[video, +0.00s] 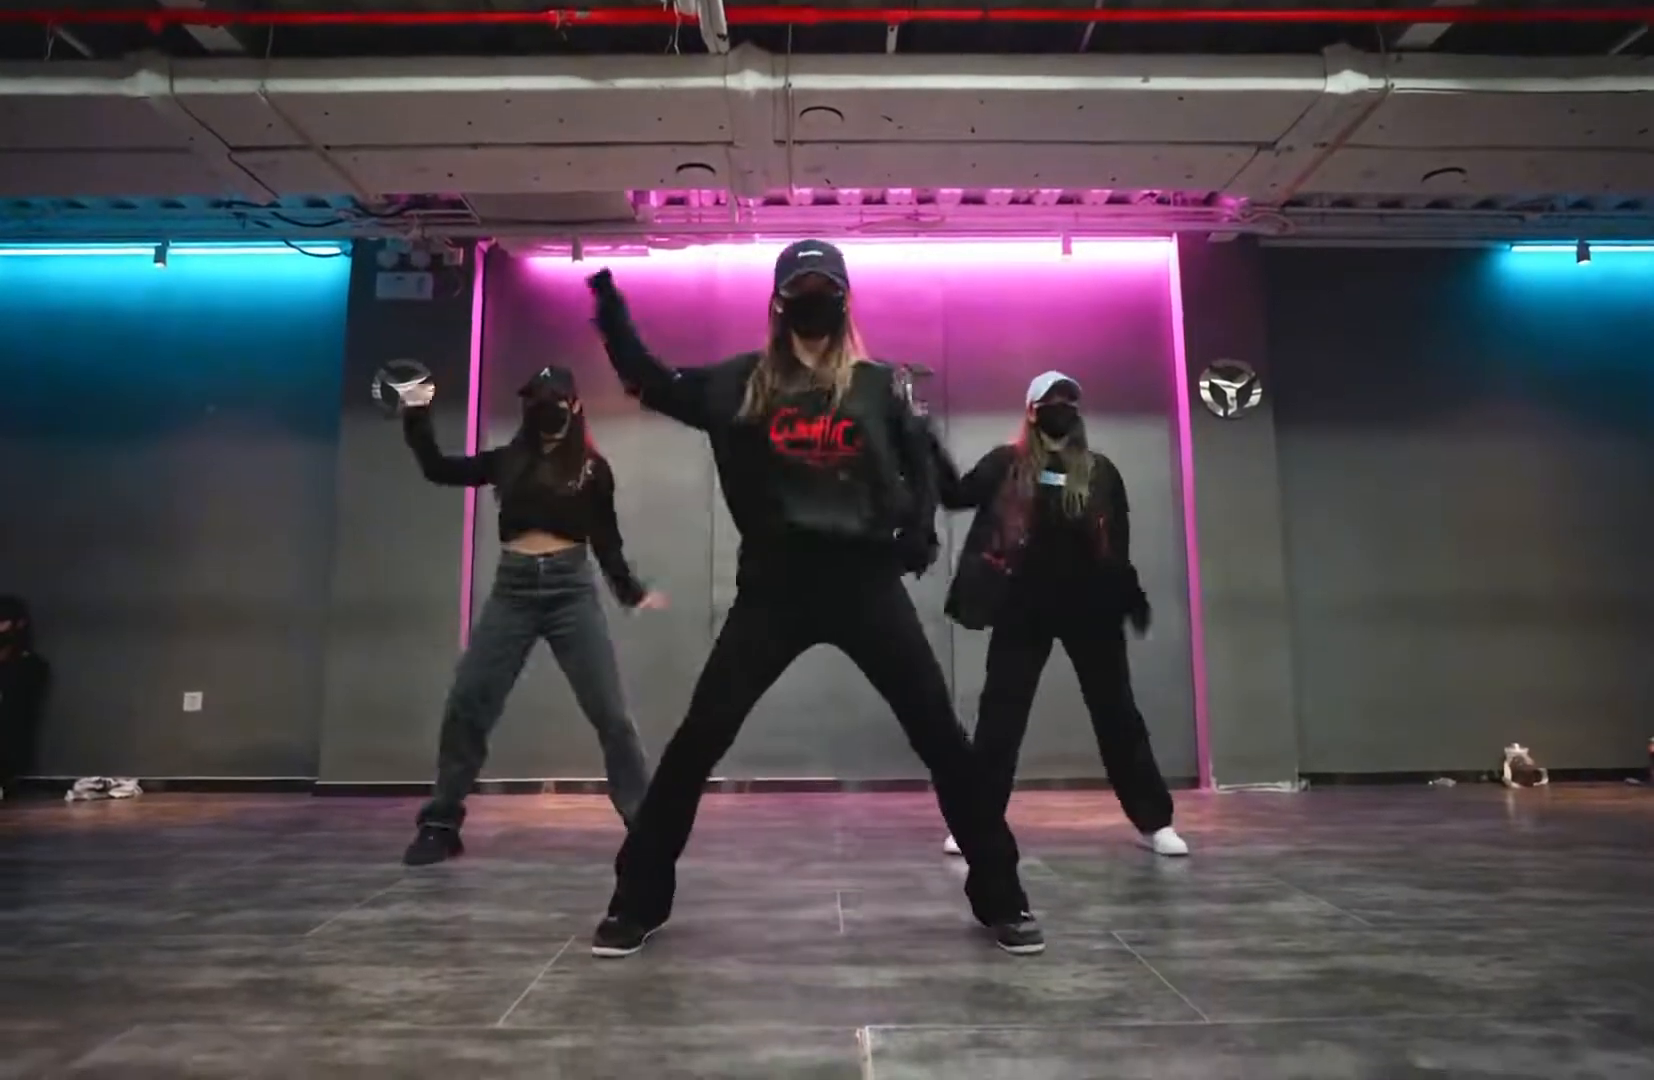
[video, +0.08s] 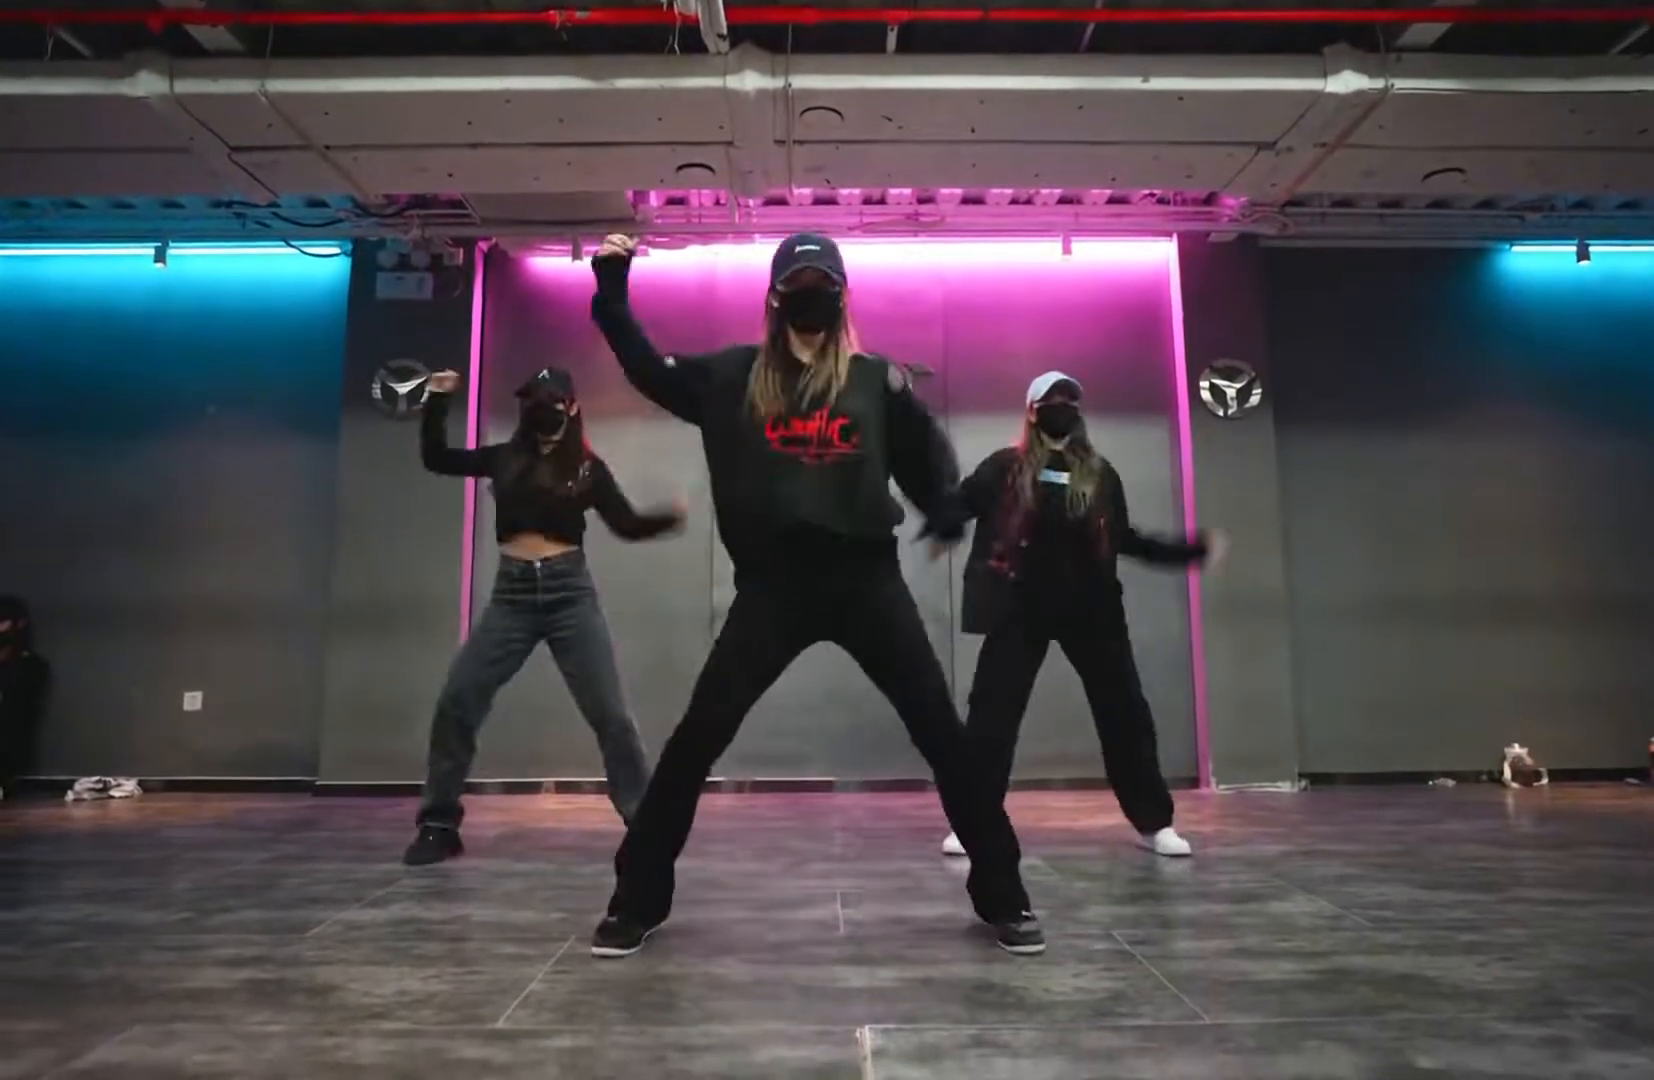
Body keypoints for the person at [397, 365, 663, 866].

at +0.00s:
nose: (546, 415)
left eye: (555, 406)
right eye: (538, 406)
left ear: (574, 408)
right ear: (526, 407)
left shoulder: (591, 468)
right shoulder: (507, 459)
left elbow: (607, 541)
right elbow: (438, 469)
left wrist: (631, 591)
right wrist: (417, 415)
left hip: (572, 593)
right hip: (512, 592)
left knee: (612, 715)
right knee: (469, 700)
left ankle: (646, 832)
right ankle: (440, 824)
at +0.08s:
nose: (544, 416)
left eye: (554, 407)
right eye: (536, 407)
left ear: (572, 410)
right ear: (524, 409)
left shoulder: (588, 468)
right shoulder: (505, 458)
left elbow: (628, 525)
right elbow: (437, 459)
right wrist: (436, 400)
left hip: (570, 597)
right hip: (512, 598)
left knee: (610, 714)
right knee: (458, 700)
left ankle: (645, 830)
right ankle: (438, 823)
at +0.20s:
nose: (539, 433)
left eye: (549, 423)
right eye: (530, 422)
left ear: (570, 422)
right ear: (520, 422)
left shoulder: (591, 470)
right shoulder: (504, 468)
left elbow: (656, 501)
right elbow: (443, 484)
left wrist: (625, 493)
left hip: (568, 604)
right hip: (513, 604)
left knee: (575, 726)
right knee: (479, 720)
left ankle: (652, 824)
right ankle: (428, 828)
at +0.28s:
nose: (535, 441)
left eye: (546, 431)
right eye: (527, 430)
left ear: (565, 434)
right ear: (517, 432)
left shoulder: (583, 485)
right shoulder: (500, 486)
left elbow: (644, 536)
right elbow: (437, 541)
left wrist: (639, 602)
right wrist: (421, 601)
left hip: (571, 619)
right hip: (512, 619)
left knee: (573, 745)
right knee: (485, 732)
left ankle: (644, 829)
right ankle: (439, 827)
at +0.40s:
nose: (533, 442)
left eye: (543, 432)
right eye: (524, 432)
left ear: (561, 436)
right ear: (512, 435)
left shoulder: (577, 493)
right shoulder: (494, 494)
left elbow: (613, 559)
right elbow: (467, 567)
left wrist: (612, 623)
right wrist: (490, 616)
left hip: (573, 615)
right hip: (515, 615)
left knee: (585, 716)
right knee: (466, 729)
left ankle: (629, 834)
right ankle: (435, 832)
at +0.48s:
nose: (533, 433)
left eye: (545, 424)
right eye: (527, 423)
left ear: (567, 429)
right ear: (518, 428)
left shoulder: (590, 489)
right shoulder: (503, 486)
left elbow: (604, 557)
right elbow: (500, 553)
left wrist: (593, 604)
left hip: (578, 615)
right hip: (520, 614)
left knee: (624, 711)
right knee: (466, 725)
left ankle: (616, 823)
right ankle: (434, 830)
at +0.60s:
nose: (591, 429)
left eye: (593, 421)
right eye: (583, 419)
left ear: (592, 424)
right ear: (557, 418)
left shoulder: (600, 476)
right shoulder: (529, 470)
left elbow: (593, 535)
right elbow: (536, 525)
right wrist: (602, 516)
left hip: (583, 607)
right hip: (528, 604)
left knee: (644, 707)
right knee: (479, 719)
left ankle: (624, 823)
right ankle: (435, 830)